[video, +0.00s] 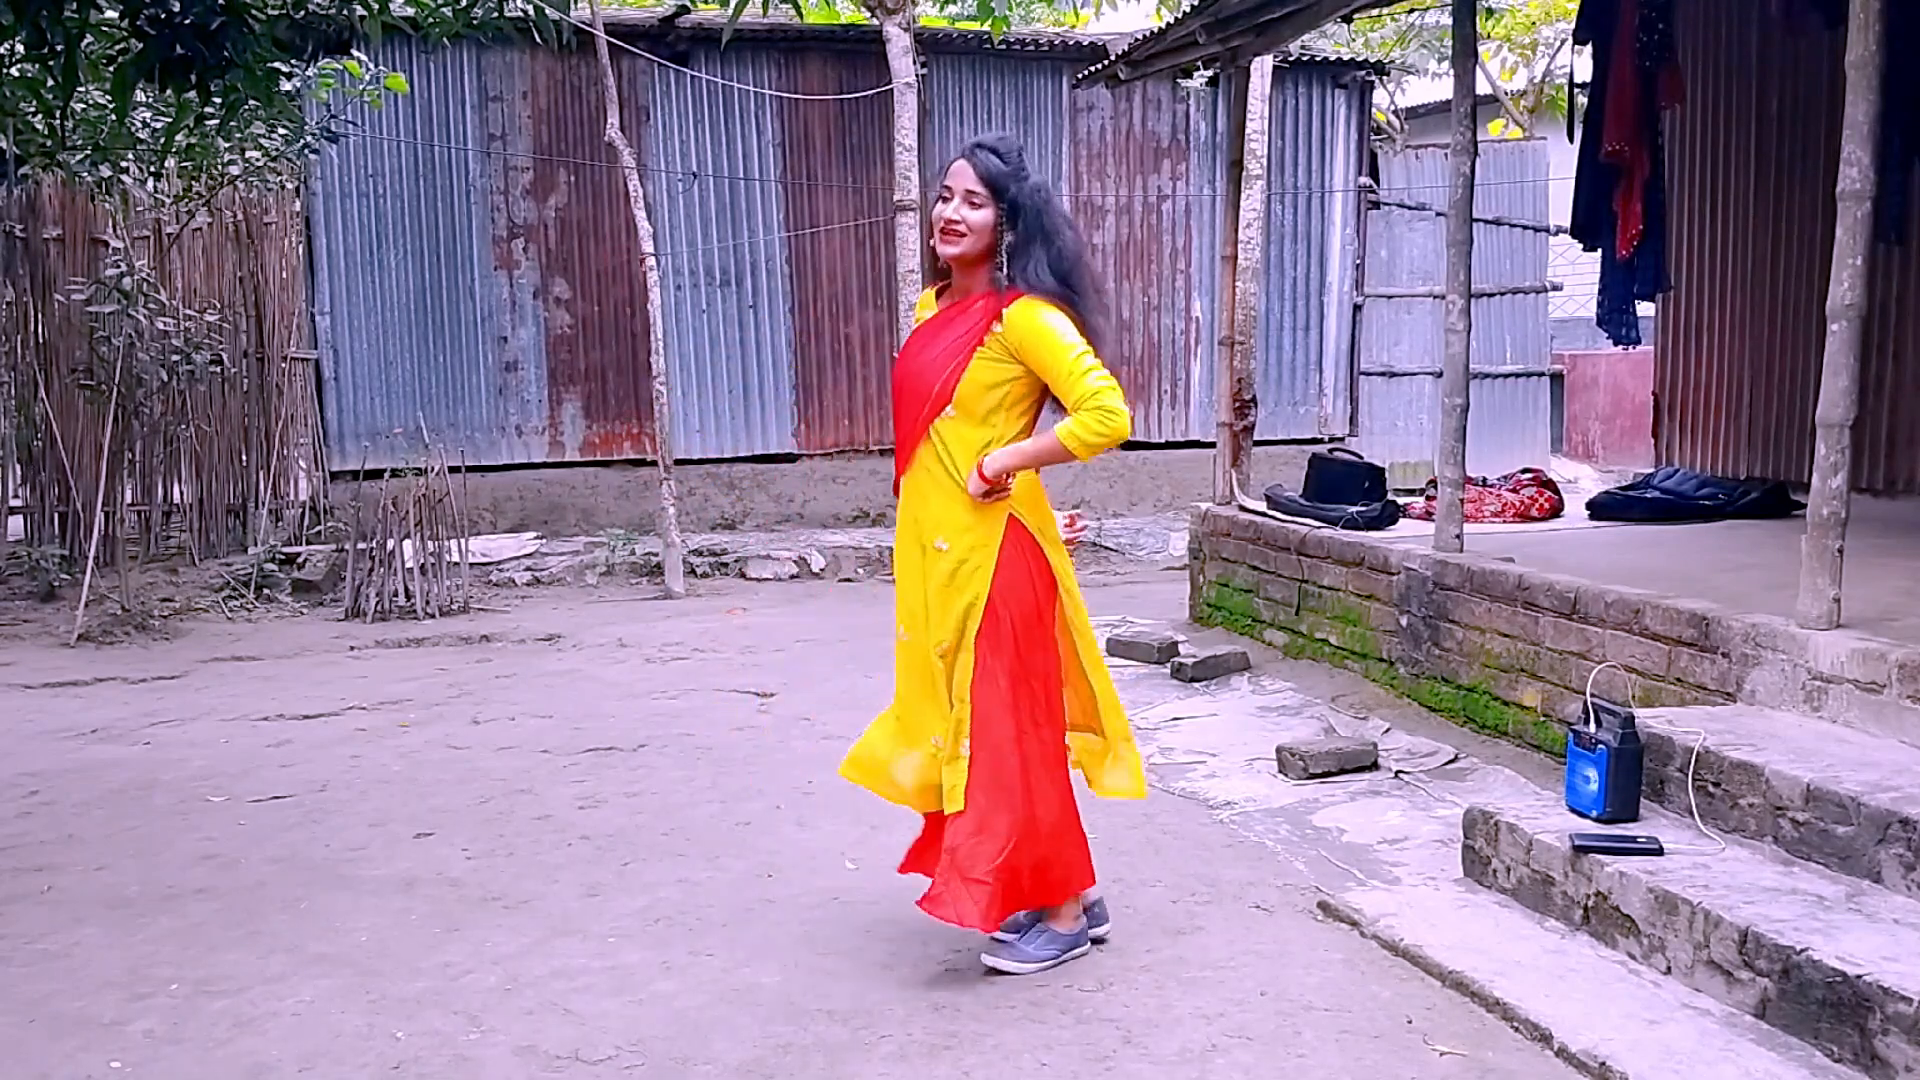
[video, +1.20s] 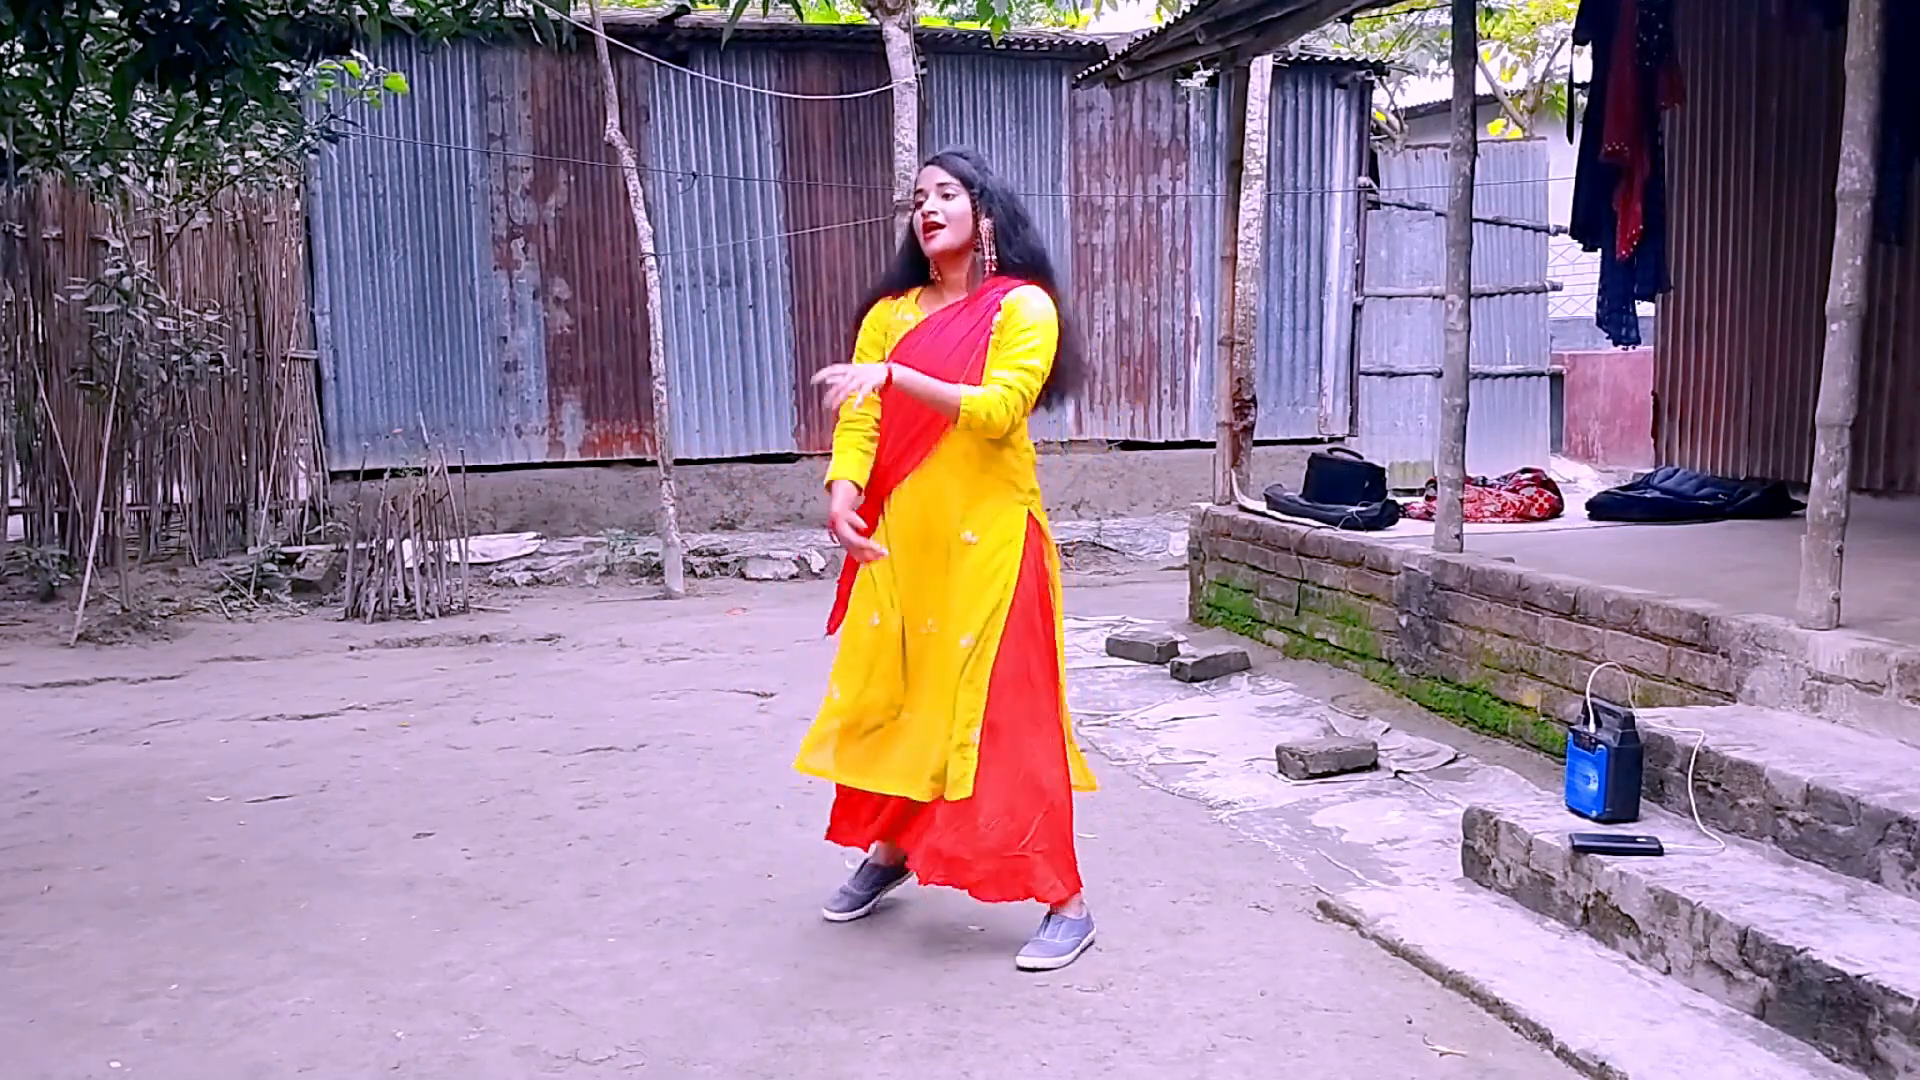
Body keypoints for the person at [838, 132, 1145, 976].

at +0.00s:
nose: (950, 211)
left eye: (972, 200)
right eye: (945, 196)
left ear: (1007, 220)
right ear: (933, 209)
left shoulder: (1025, 316)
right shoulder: (934, 310)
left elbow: (1106, 415)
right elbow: (958, 428)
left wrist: (1005, 461)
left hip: (999, 545)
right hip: (944, 543)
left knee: (1008, 722)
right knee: (988, 721)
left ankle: (1067, 907)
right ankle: (1057, 890)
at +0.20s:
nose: (944, 228)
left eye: (965, 216)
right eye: (939, 214)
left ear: (1001, 237)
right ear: (927, 230)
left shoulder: (1024, 332)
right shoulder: (920, 331)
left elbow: (1119, 419)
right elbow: (951, 439)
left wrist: (1026, 472)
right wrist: (935, 527)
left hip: (1012, 557)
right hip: (943, 559)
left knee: (1011, 733)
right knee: (863, 704)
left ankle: (1058, 915)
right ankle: (975, 843)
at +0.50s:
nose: (905, 232)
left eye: (924, 218)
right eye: (896, 219)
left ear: (963, 235)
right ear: (888, 235)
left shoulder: (999, 333)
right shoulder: (850, 332)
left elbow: (1079, 427)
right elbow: (830, 437)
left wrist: (998, 496)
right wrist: (833, 520)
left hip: (963, 555)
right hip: (868, 555)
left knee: (996, 729)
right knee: (864, 715)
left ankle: (1038, 912)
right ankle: (860, 873)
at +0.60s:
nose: (888, 240)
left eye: (906, 226)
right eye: (879, 227)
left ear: (943, 243)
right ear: (870, 245)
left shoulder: (985, 345)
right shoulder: (835, 338)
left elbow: (1039, 457)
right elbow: (782, 448)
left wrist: (967, 502)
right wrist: (741, 556)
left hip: (953, 568)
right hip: (858, 567)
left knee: (965, 725)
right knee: (852, 729)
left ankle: (1029, 896)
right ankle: (851, 883)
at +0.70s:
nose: (886, 223)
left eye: (904, 209)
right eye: (877, 212)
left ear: (942, 225)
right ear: (868, 233)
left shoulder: (986, 325)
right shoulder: (842, 327)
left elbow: (1043, 437)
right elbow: (780, 415)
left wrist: (955, 485)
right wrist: (708, 486)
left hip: (944, 557)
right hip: (850, 554)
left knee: (955, 723)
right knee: (848, 717)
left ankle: (1049, 884)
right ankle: (860, 867)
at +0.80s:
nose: (891, 223)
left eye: (909, 207)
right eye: (881, 211)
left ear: (947, 223)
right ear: (874, 228)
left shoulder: (989, 315)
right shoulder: (868, 325)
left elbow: (1038, 427)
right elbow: (808, 409)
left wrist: (944, 482)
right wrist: (747, 412)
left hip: (944, 555)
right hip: (859, 551)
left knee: (958, 727)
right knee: (854, 708)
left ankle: (1060, 897)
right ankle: (861, 868)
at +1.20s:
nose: (927, 210)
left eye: (944, 196)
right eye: (919, 200)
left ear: (985, 213)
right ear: (913, 221)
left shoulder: (1025, 308)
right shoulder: (887, 316)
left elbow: (998, 409)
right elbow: (859, 417)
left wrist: (886, 374)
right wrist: (842, 488)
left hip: (992, 535)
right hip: (903, 536)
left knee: (1016, 713)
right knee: (894, 690)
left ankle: (1065, 904)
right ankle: (891, 847)